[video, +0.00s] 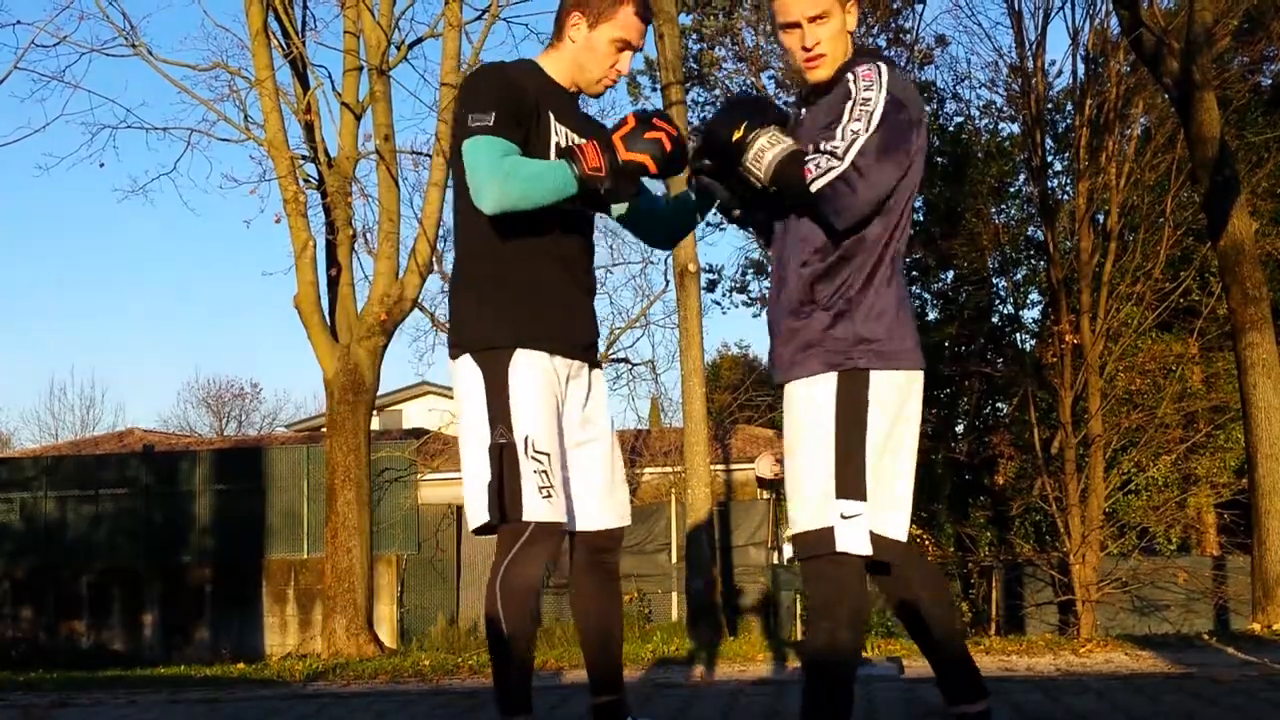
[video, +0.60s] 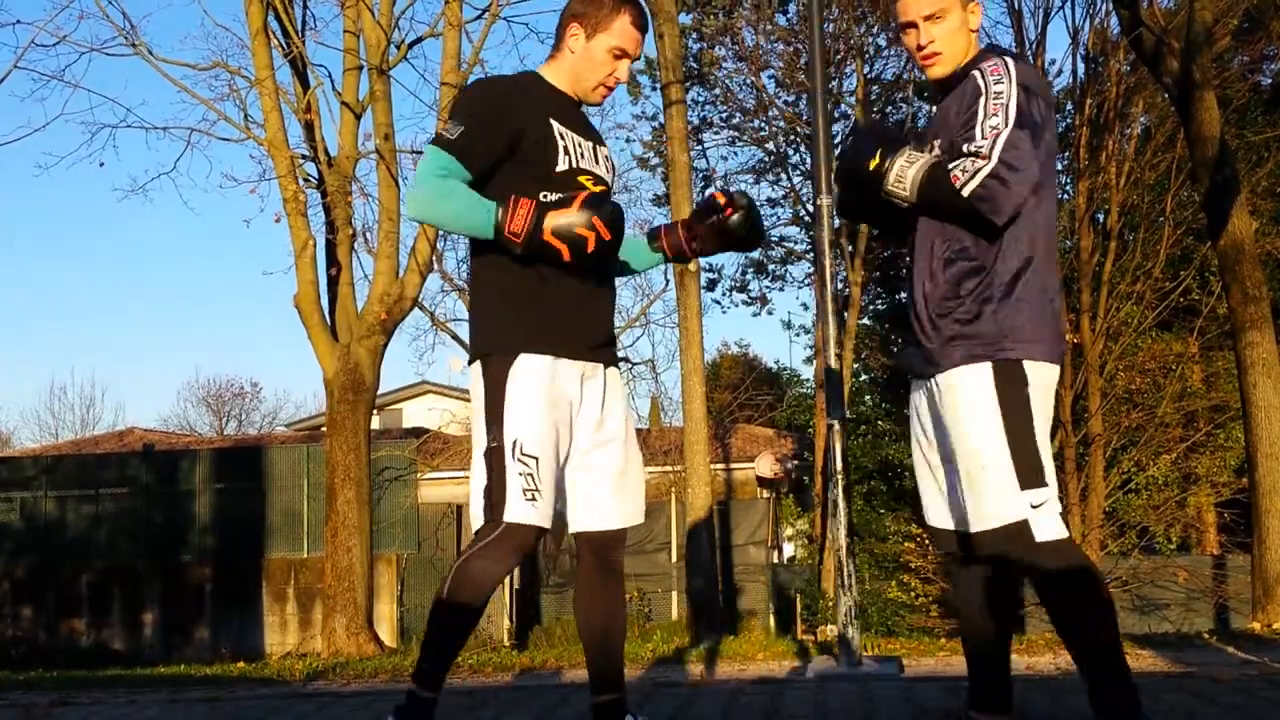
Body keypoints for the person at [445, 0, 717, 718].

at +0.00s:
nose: (624, 67)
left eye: (632, 54)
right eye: (620, 46)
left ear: (588, 33)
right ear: (577, 25)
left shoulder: (588, 129)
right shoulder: (496, 84)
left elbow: (660, 226)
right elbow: (494, 187)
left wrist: (711, 172)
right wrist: (604, 163)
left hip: (575, 349)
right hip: (503, 344)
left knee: (598, 531)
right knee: (531, 529)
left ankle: (610, 711)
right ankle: (515, 713)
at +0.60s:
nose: (623, 75)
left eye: (631, 63)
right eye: (618, 56)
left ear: (591, 42)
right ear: (575, 34)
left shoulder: (591, 140)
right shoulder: (497, 99)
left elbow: (598, 251)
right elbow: (426, 194)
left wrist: (682, 237)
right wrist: (529, 223)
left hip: (595, 357)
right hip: (520, 352)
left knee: (602, 534)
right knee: (514, 527)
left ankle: (610, 711)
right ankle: (418, 705)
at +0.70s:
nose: (613, 73)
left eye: (620, 60)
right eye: (608, 54)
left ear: (582, 45)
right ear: (563, 35)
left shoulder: (576, 134)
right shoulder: (482, 99)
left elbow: (558, 253)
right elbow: (403, 205)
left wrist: (626, 298)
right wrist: (500, 237)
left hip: (582, 360)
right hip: (509, 355)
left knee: (610, 532)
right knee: (492, 533)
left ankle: (610, 711)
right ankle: (416, 707)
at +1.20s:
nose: (607, 60)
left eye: (614, 48)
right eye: (597, 40)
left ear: (602, 50)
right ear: (548, 30)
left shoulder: (591, 143)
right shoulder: (478, 104)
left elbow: (646, 252)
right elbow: (467, 216)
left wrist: (723, 222)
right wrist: (575, 191)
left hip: (597, 360)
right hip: (510, 359)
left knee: (645, 531)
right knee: (481, 539)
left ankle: (692, 705)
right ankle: (415, 708)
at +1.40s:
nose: (673, 58)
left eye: (678, 44)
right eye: (664, 39)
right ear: (617, 29)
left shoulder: (657, 138)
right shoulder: (534, 104)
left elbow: (724, 229)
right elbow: (486, 222)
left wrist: (815, 188)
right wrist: (596, 218)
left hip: (651, 357)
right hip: (565, 354)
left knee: (682, 530)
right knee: (538, 527)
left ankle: (700, 710)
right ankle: (442, 701)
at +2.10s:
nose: (659, 50)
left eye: (663, 34)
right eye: (651, 31)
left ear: (613, 30)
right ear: (603, 25)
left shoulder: (638, 134)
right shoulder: (522, 107)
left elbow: (639, 257)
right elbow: (502, 225)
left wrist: (720, 243)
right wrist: (607, 189)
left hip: (637, 359)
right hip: (553, 358)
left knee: (687, 523)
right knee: (526, 531)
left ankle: (700, 710)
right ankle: (459, 707)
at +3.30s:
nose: (586, 67)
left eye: (589, 55)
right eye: (576, 51)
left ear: (570, 63)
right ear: (540, 52)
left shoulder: (577, 161)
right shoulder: (474, 124)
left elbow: (595, 277)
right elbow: (547, 193)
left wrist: (667, 245)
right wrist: (581, 101)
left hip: (561, 376)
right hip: (478, 371)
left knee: (618, 529)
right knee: (429, 539)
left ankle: (620, 707)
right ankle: (337, 700)